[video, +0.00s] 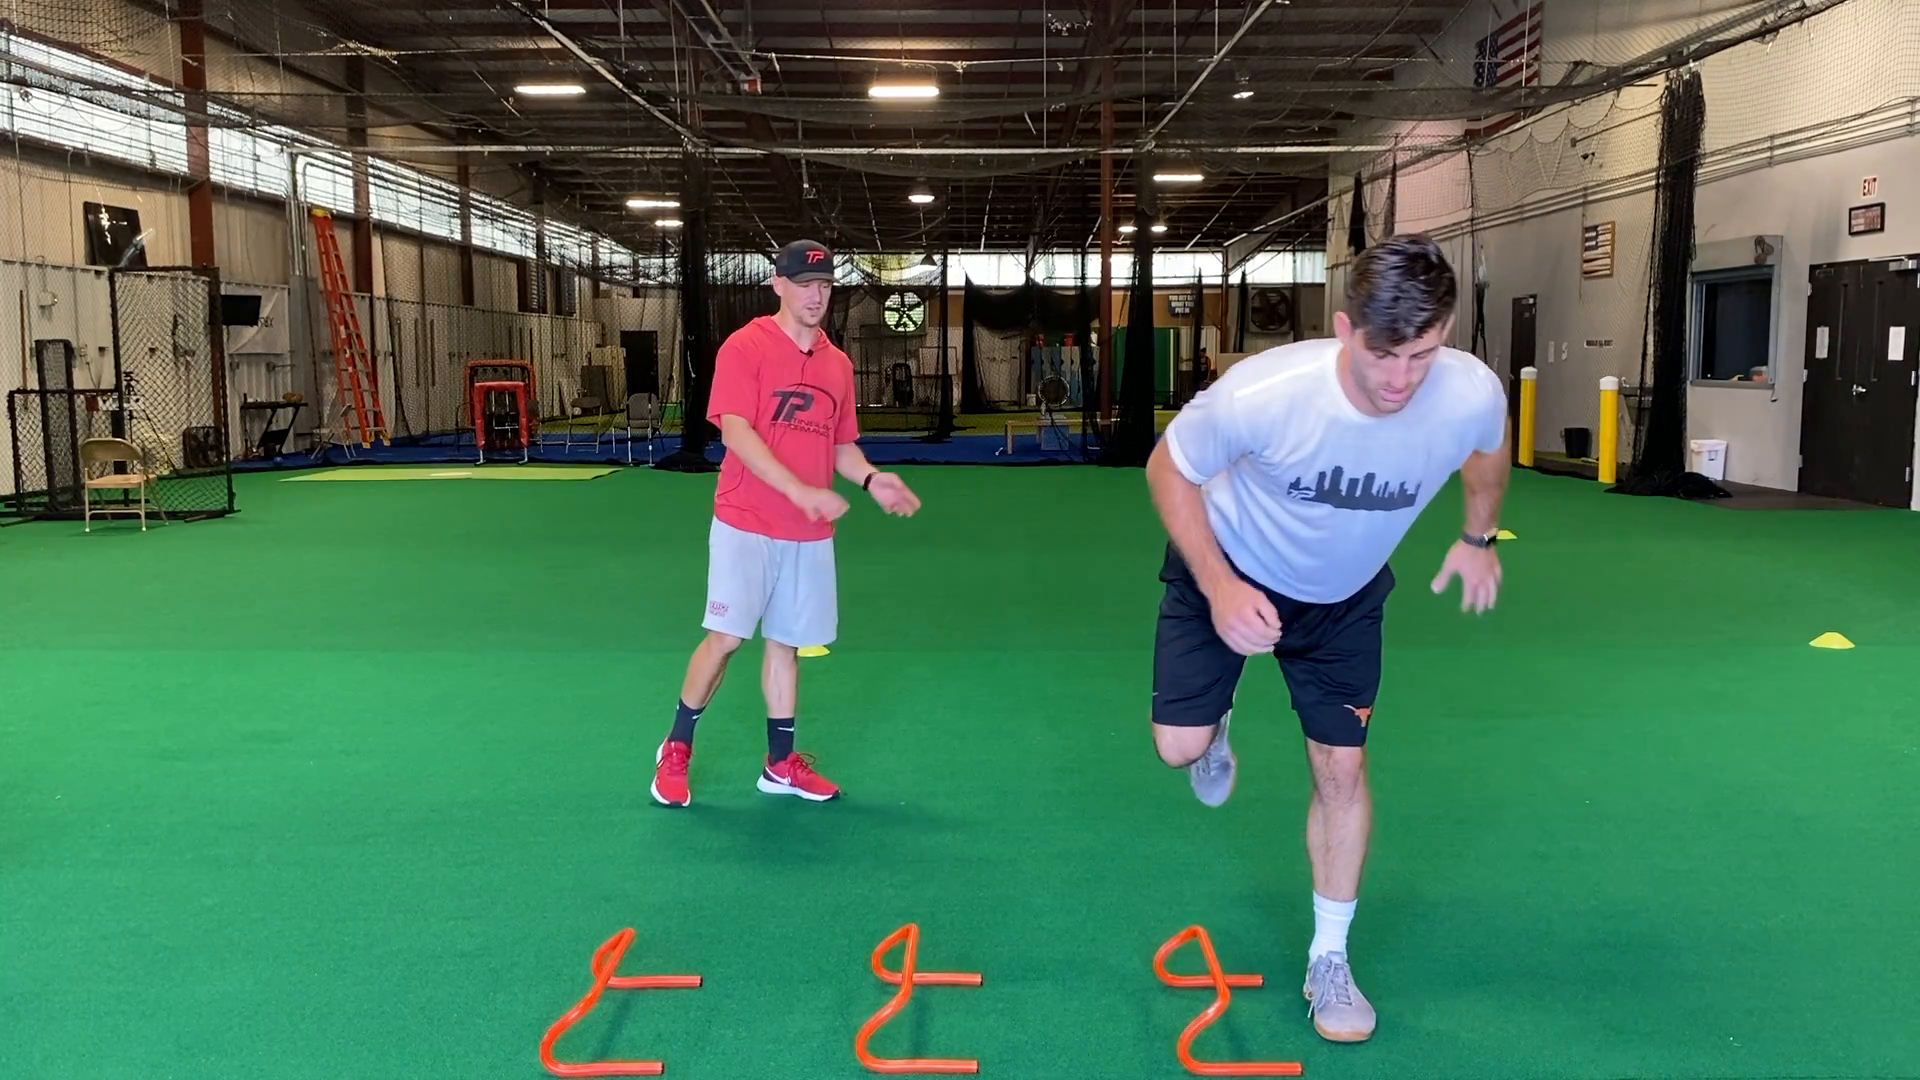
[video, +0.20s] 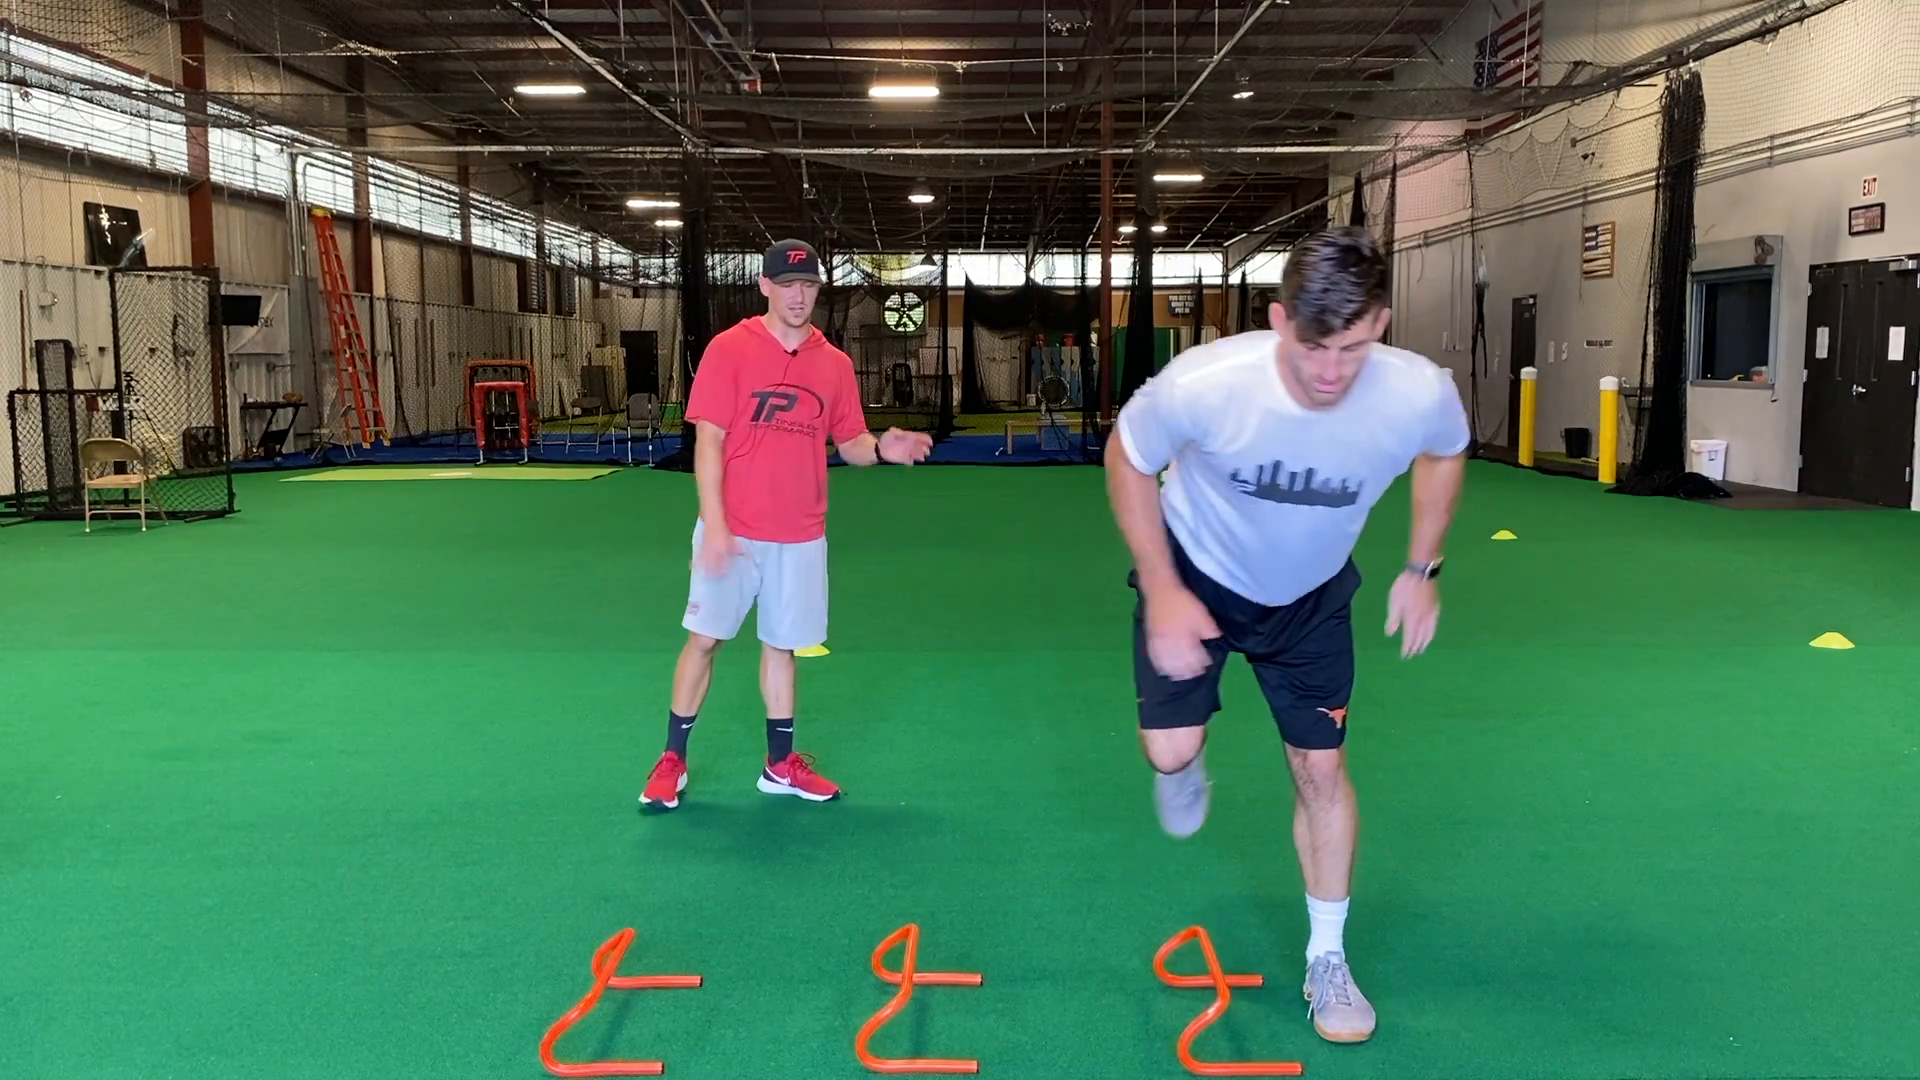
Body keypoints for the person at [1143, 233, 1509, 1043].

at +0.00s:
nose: (1400, 376)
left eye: (1421, 356)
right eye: (1383, 354)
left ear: (1442, 338)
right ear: (1344, 328)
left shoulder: (1471, 397)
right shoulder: (1262, 393)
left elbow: (1489, 456)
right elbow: (1167, 467)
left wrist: (1478, 535)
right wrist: (1218, 586)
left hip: (1345, 594)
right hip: (1223, 570)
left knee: (1341, 764)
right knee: (1179, 743)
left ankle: (1330, 957)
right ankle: (1208, 733)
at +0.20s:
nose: (1329, 367)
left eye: (1349, 348)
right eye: (1312, 345)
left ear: (1378, 326)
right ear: (1278, 320)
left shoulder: (1419, 394)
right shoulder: (1204, 383)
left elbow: (1445, 453)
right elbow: (1125, 453)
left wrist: (1421, 567)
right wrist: (1161, 588)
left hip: (1312, 594)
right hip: (1194, 578)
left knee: (1320, 766)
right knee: (1170, 749)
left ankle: (1328, 958)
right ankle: (1182, 762)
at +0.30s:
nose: (1278, 362)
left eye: (1298, 341)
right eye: (1260, 339)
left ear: (1329, 319)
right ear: (1227, 316)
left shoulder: (1376, 406)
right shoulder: (1160, 377)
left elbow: (1399, 493)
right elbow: (1092, 432)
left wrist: (1361, 618)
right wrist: (1079, 562)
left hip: (1284, 591)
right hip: (1160, 576)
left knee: (1308, 772)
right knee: (1134, 749)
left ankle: (1324, 957)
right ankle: (1127, 803)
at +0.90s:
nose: (849, 269)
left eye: (868, 249)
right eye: (833, 250)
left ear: (911, 236)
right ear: (815, 245)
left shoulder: (983, 321)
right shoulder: (774, 325)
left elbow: (1062, 385)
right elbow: (756, 403)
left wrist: (1008, 498)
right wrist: (774, 519)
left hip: (960, 569)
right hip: (837, 569)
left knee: (999, 745)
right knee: (801, 737)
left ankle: (1030, 935)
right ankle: (766, 896)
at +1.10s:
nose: (734, 274)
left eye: (751, 255)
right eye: (717, 256)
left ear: (792, 242)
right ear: (697, 249)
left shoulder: (862, 328)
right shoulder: (656, 318)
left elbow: (954, 384)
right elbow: (642, 397)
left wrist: (916, 513)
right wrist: (660, 507)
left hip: (833, 546)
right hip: (715, 549)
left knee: (846, 719)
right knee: (690, 741)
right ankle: (720, 922)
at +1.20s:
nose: (675, 286)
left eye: (694, 265)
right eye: (658, 267)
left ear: (735, 251)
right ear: (636, 260)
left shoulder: (807, 341)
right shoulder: (611, 318)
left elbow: (891, 436)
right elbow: (600, 373)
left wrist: (814, 528)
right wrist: (609, 486)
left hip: (768, 560)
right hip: (654, 545)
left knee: (760, 774)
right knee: (592, 694)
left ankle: (766, 939)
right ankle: (664, 831)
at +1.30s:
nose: (608, 288)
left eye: (627, 267)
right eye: (592, 267)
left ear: (672, 251)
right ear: (575, 261)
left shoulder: (748, 344)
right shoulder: (553, 327)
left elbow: (852, 418)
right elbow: (555, 398)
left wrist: (781, 535)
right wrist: (561, 520)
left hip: (721, 580)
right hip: (601, 565)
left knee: (736, 767)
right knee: (529, 715)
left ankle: (761, 937)